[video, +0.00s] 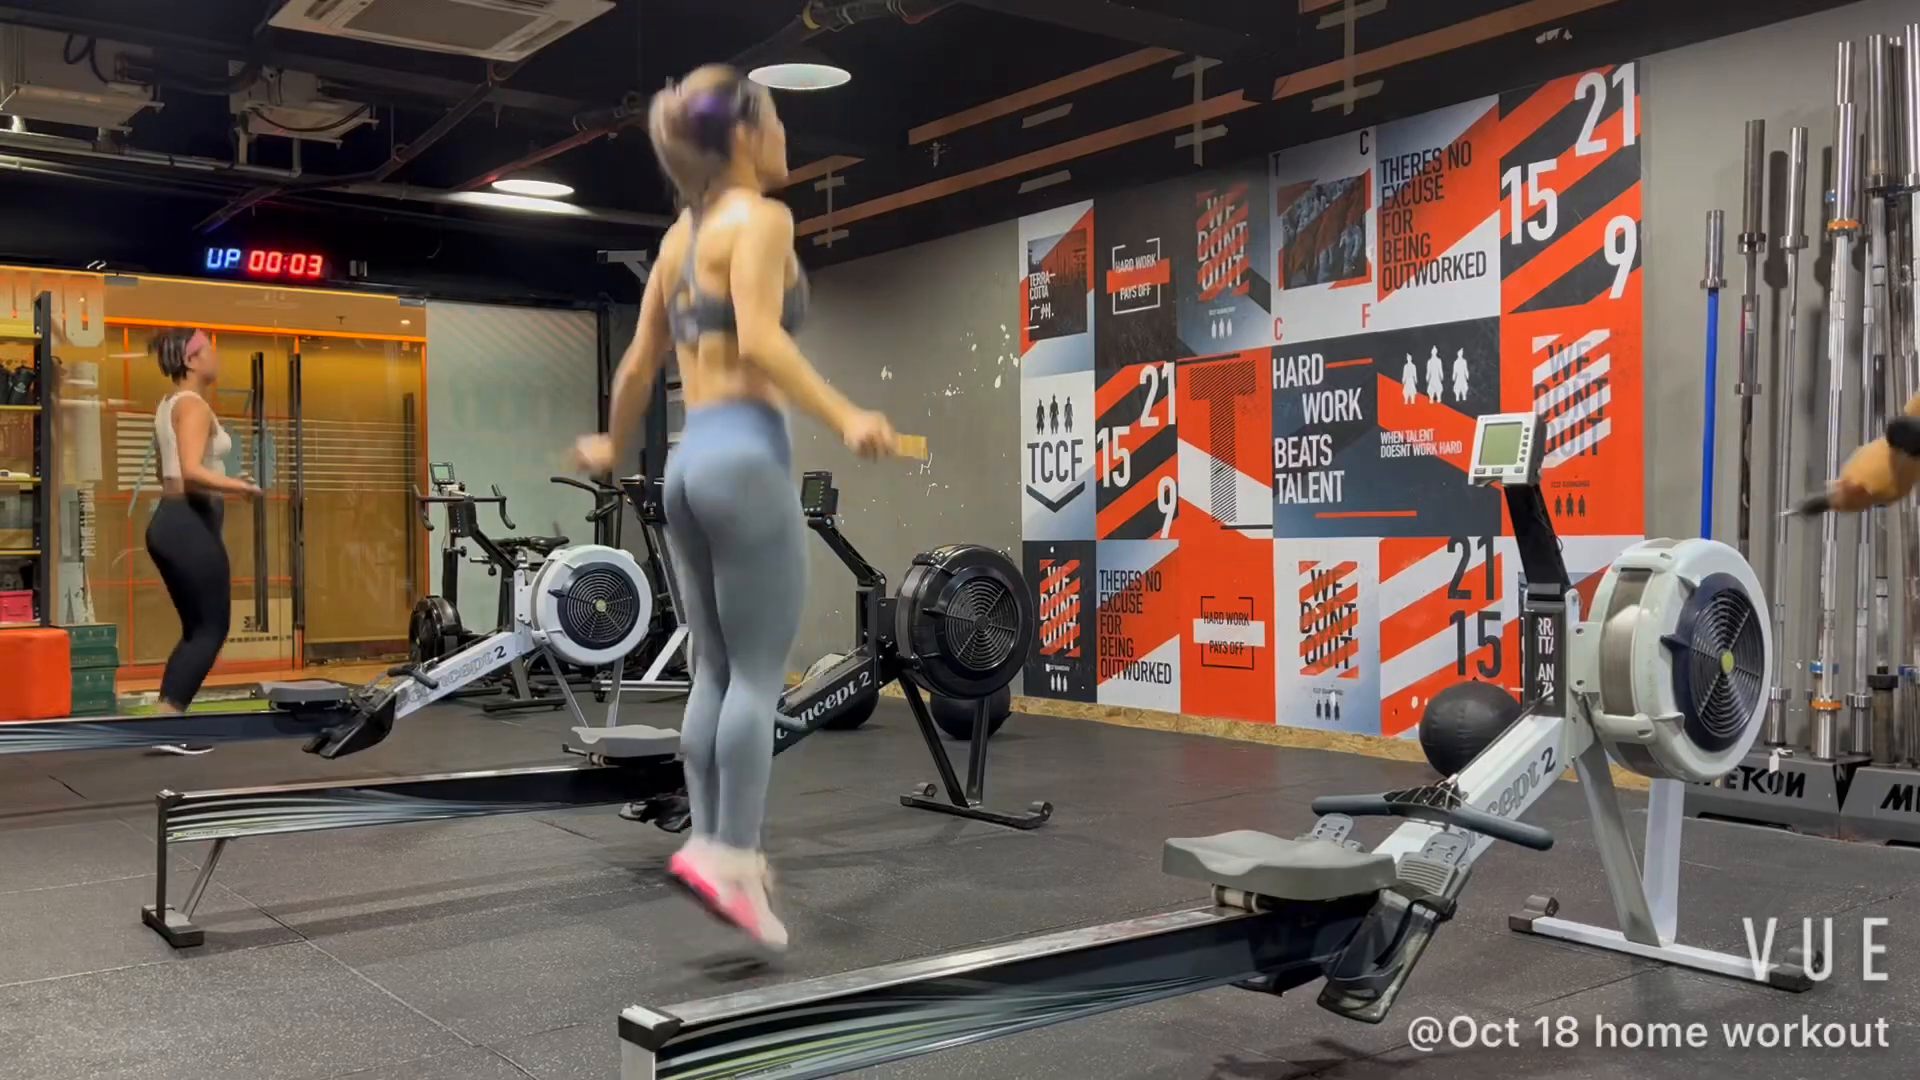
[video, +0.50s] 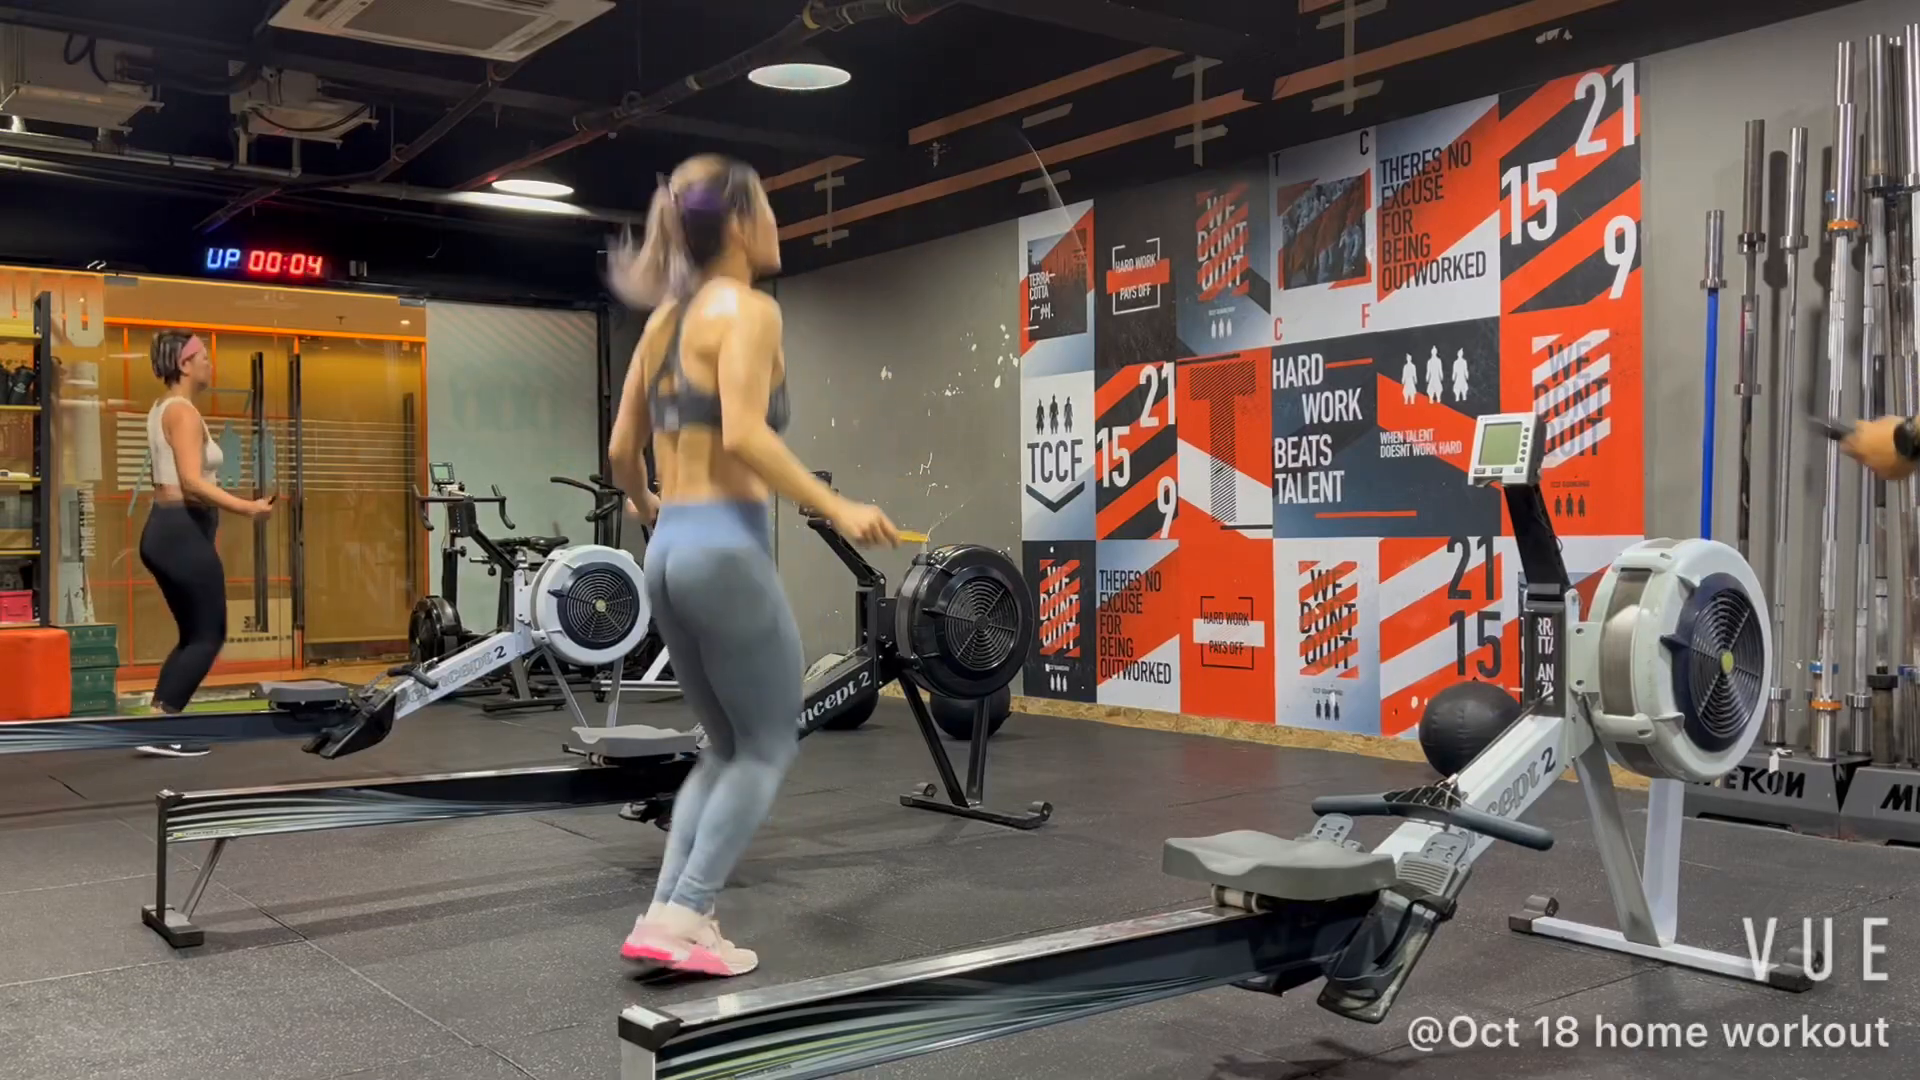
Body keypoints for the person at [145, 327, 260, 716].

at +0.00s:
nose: (216, 355)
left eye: (212, 347)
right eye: (211, 348)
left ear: (187, 361)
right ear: (194, 359)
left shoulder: (169, 406)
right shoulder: (193, 406)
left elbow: (175, 473)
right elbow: (192, 471)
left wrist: (224, 485)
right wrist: (235, 484)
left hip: (169, 520)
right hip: (188, 521)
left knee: (196, 627)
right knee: (213, 624)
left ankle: (165, 714)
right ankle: (167, 716)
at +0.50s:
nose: (210, 365)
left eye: (207, 357)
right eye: (204, 358)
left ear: (180, 366)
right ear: (185, 364)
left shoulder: (164, 410)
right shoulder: (183, 412)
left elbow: (178, 484)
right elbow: (193, 482)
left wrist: (205, 534)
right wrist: (249, 507)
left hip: (165, 529)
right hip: (182, 531)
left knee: (195, 634)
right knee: (209, 634)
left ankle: (156, 716)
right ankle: (163, 718)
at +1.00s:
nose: (205, 338)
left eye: (202, 331)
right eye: (199, 332)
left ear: (172, 340)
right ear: (179, 339)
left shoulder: (160, 385)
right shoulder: (178, 385)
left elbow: (160, 460)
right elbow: (183, 454)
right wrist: (220, 494)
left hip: (162, 501)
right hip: (179, 502)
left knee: (172, 611)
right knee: (182, 612)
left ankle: (152, 706)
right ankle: (154, 708)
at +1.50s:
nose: (215, 331)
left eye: (211, 324)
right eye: (207, 325)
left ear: (183, 337)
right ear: (190, 335)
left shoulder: (172, 380)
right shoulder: (191, 381)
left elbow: (178, 454)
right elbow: (189, 450)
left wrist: (225, 482)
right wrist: (229, 480)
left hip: (169, 495)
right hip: (184, 497)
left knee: (187, 606)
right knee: (197, 606)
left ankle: (164, 699)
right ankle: (166, 702)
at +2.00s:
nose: (226, 360)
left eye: (223, 352)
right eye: (221, 352)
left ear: (196, 359)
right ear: (204, 357)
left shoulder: (181, 406)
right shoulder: (201, 406)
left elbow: (195, 476)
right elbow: (210, 474)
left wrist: (244, 497)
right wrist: (262, 498)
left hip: (185, 523)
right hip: (202, 524)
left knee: (210, 631)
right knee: (221, 632)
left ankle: (178, 717)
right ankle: (181, 719)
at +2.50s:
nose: (236, 348)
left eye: (232, 340)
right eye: (229, 342)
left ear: (204, 350)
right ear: (210, 349)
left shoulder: (189, 395)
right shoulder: (212, 395)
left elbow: (196, 469)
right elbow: (221, 464)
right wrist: (259, 505)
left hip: (197, 512)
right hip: (216, 513)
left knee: (215, 617)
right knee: (232, 617)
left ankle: (196, 708)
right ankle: (200, 710)